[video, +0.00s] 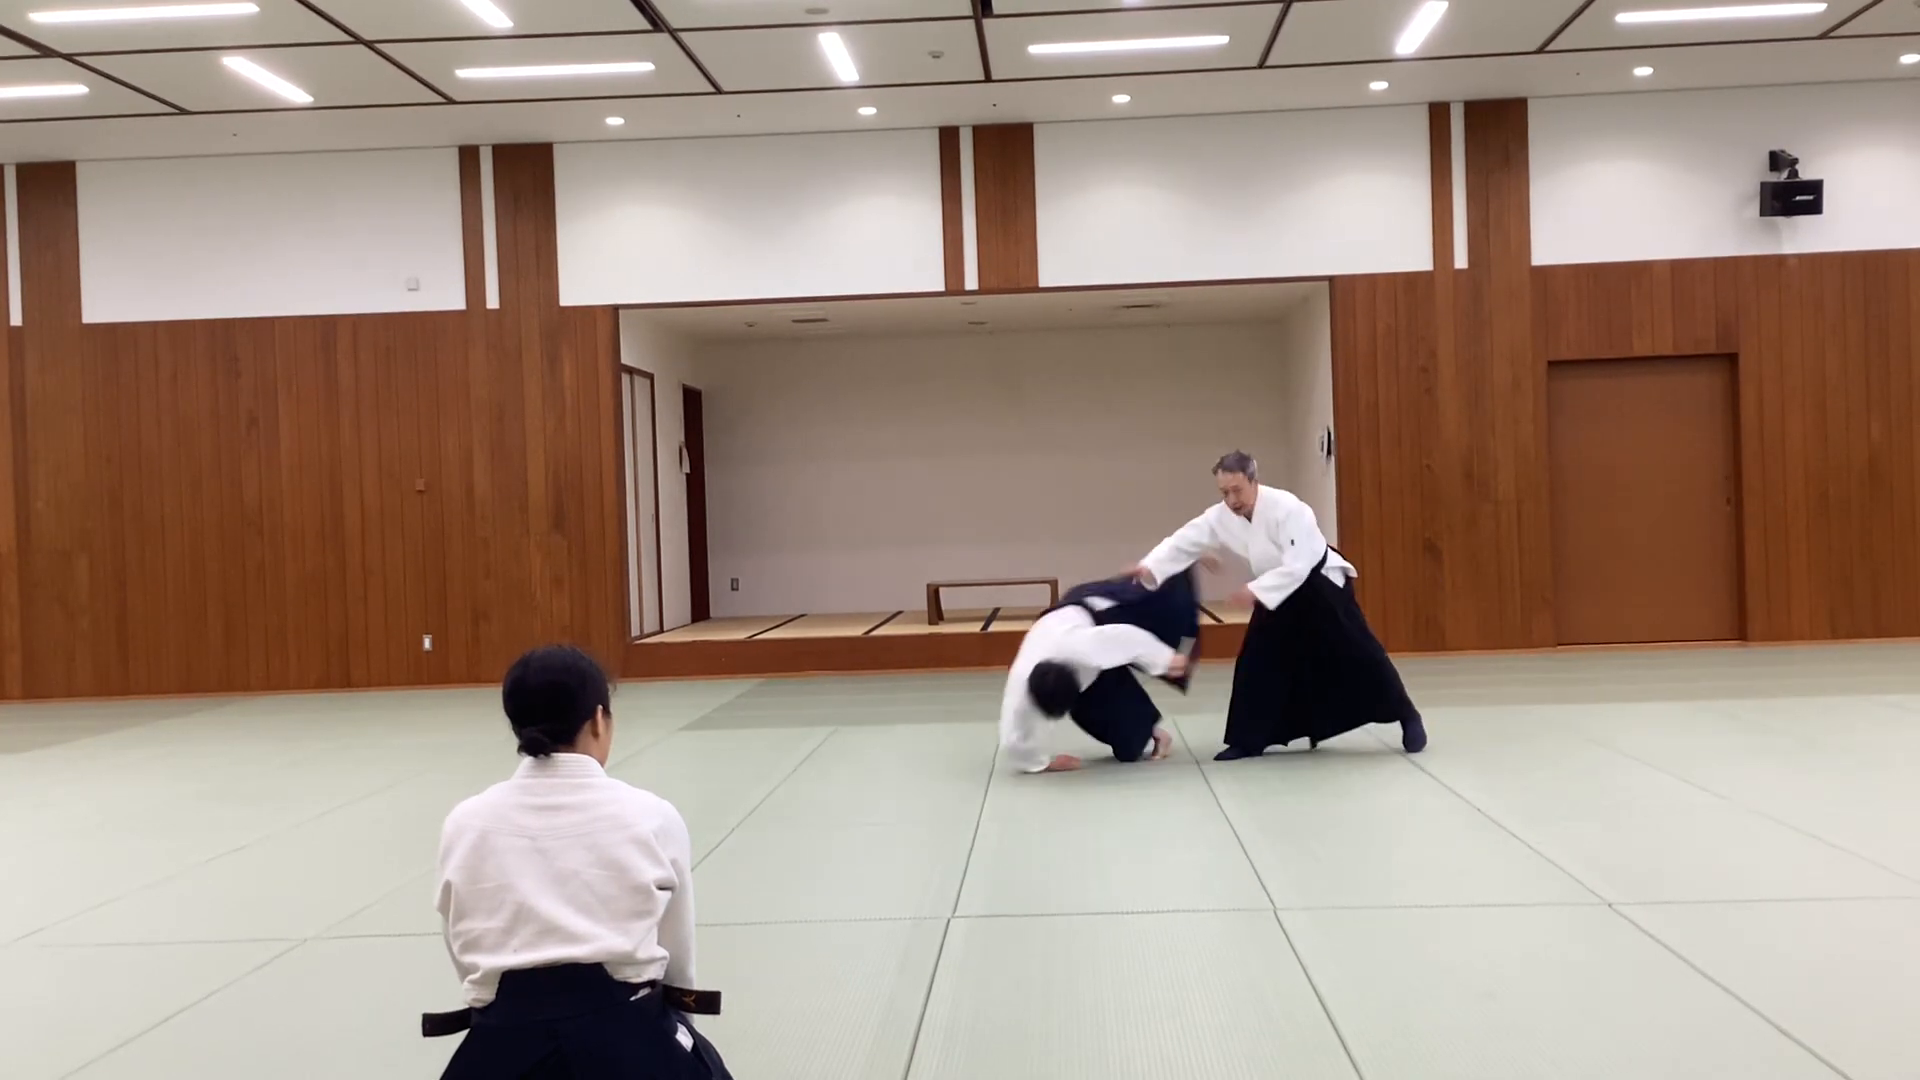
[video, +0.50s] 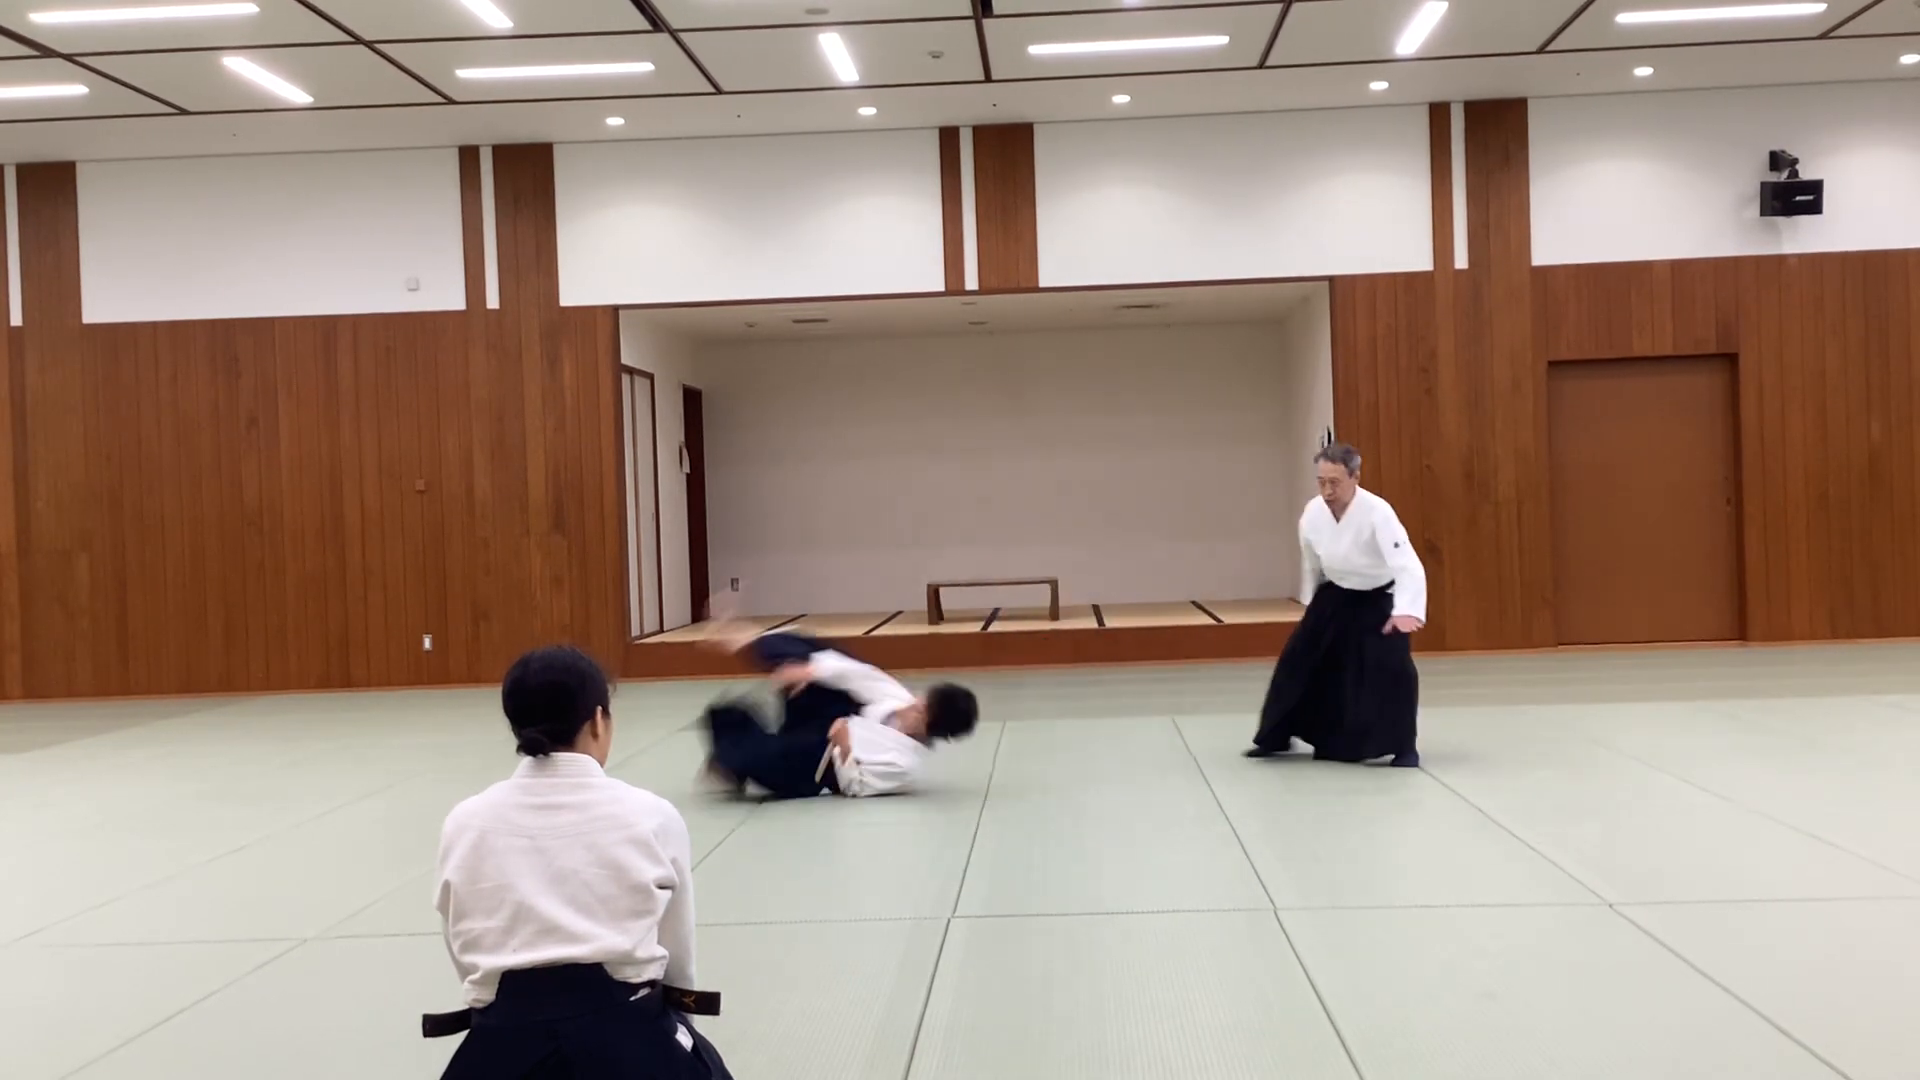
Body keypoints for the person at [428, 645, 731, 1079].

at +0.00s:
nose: (610, 727)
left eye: (609, 714)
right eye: (609, 716)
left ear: (518, 725)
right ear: (598, 721)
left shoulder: (464, 823)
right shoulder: (652, 817)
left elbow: (464, 960)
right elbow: (678, 967)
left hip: (503, 1050)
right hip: (629, 1046)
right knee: (696, 1045)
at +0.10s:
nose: (610, 729)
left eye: (610, 716)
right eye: (610, 717)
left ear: (518, 725)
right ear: (598, 722)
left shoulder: (464, 823)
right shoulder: (652, 817)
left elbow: (465, 960)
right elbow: (678, 967)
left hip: (503, 1050)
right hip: (629, 1045)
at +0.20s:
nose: (610, 728)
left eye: (609, 715)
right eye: (609, 716)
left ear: (518, 726)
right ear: (597, 722)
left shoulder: (464, 823)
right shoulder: (652, 817)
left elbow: (465, 961)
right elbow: (678, 967)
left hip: (503, 1050)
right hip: (629, 1046)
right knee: (696, 1045)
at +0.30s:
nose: (610, 728)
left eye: (609, 714)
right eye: (609, 715)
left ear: (518, 725)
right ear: (597, 722)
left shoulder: (464, 823)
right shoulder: (652, 817)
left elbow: (464, 960)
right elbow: (678, 967)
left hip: (503, 1049)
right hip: (629, 1045)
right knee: (697, 1046)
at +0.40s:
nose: (610, 728)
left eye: (609, 715)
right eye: (609, 716)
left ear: (518, 726)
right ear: (597, 722)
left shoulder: (464, 823)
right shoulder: (652, 817)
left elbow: (465, 960)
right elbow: (678, 966)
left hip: (503, 1050)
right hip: (629, 1046)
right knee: (696, 1045)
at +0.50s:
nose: (610, 728)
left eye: (609, 715)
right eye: (609, 716)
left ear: (518, 726)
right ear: (597, 722)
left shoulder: (464, 823)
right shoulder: (652, 817)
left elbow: (465, 961)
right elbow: (678, 966)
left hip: (503, 1050)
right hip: (629, 1045)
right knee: (695, 1045)